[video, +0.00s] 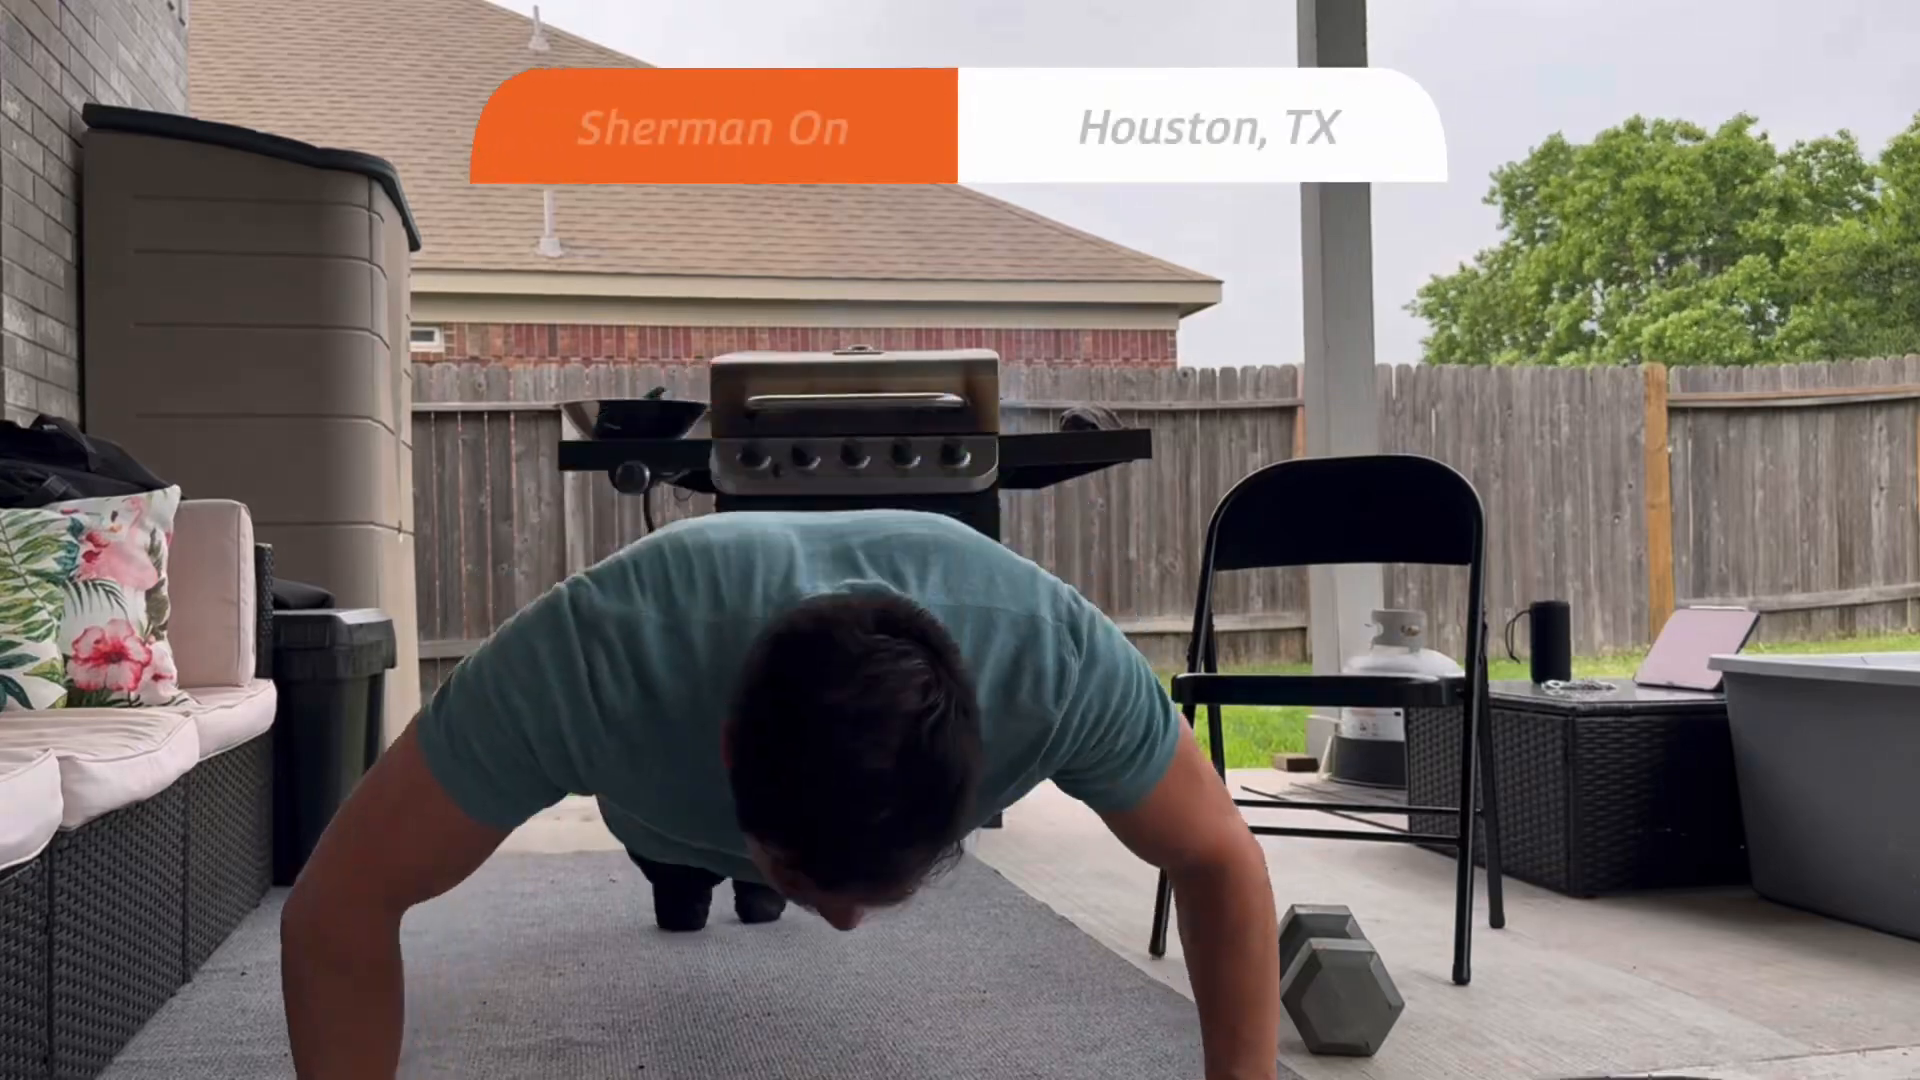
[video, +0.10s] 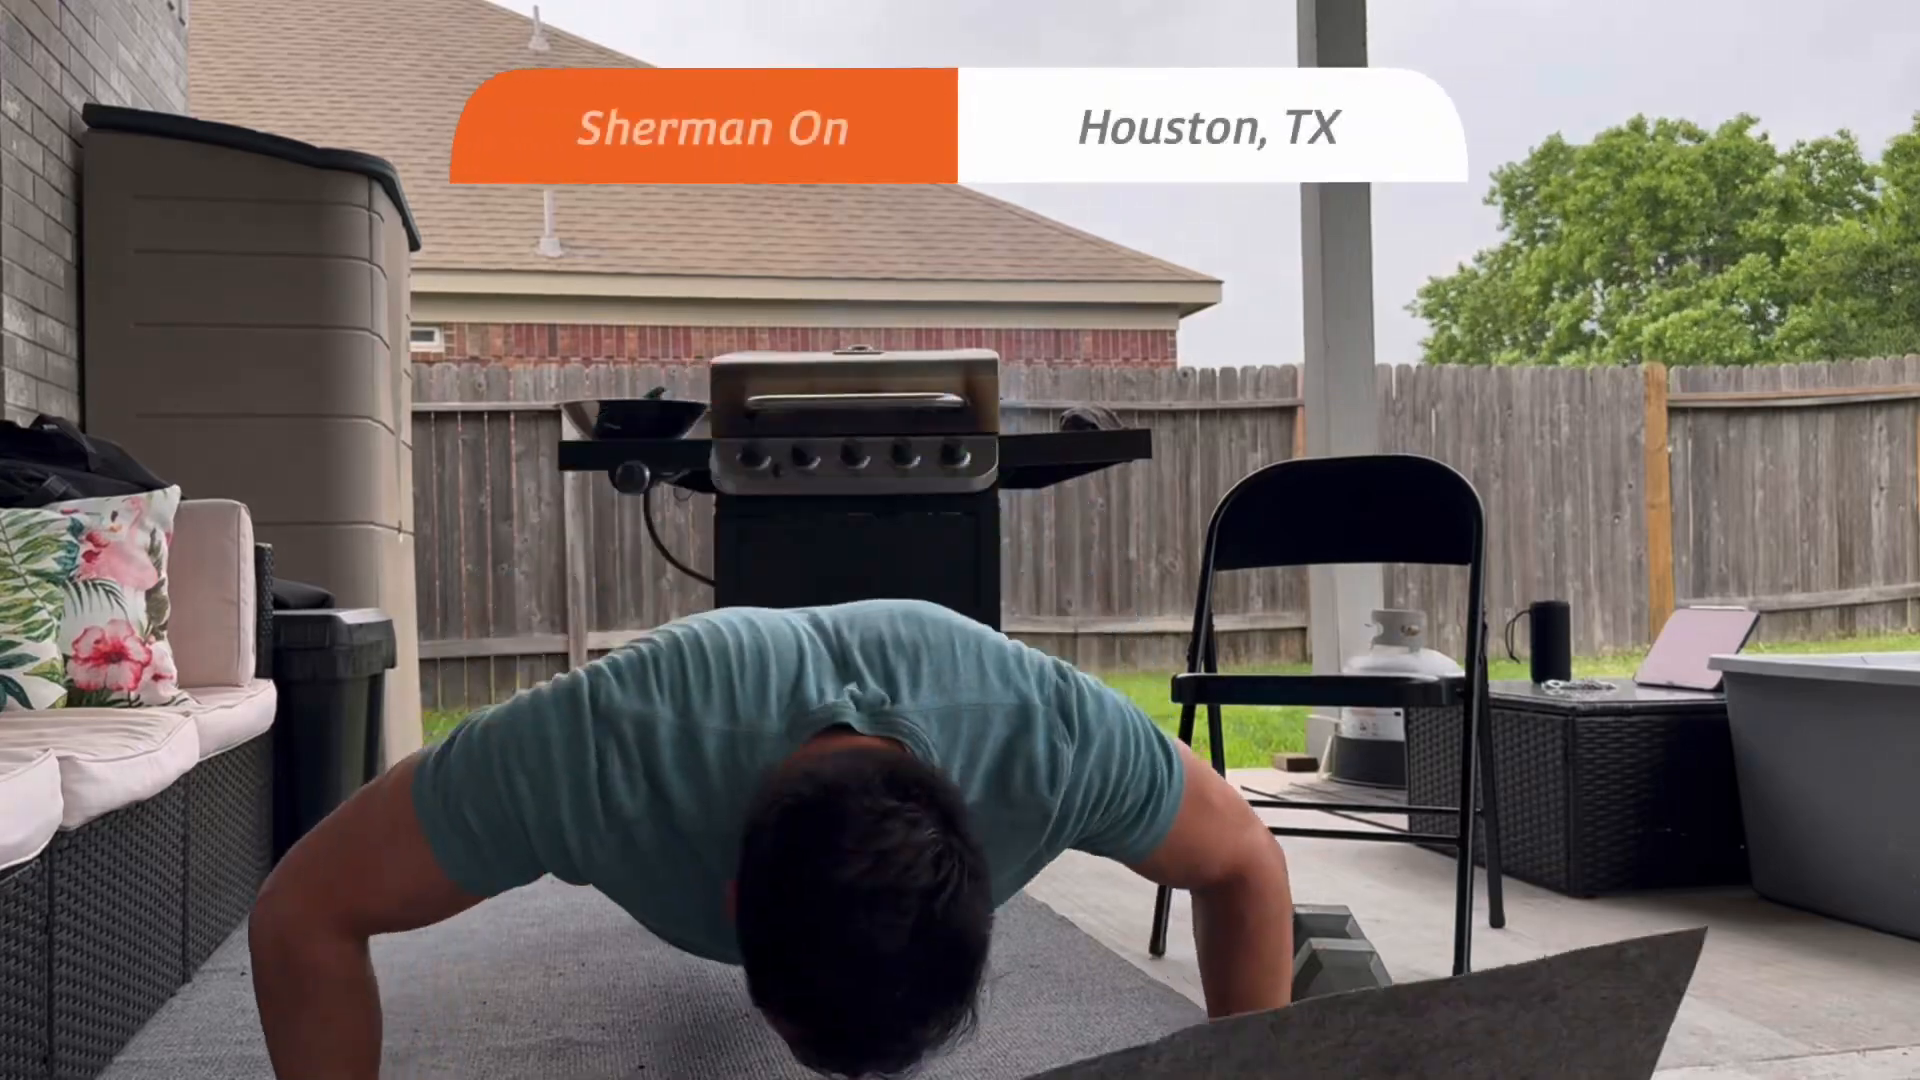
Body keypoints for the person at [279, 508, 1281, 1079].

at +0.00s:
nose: (846, 923)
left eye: (882, 902)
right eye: (816, 895)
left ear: (963, 794)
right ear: (738, 776)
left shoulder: (1055, 662)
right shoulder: (586, 664)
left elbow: (1222, 869)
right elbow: (340, 905)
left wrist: (1244, 1076)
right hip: (653, 785)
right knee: (665, 861)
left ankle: (751, 882)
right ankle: (680, 888)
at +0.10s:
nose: (839, 1057)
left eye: (889, 1042)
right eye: (809, 1033)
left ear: (980, 874)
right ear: (744, 886)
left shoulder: (1064, 755)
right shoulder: (594, 760)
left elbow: (1248, 869)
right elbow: (302, 915)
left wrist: (1252, 1073)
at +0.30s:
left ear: (951, 1016)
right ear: (761, 1022)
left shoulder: (1056, 860)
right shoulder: (606, 893)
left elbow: (1259, 866)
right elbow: (291, 923)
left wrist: (1261, 1065)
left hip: (901, 760)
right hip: (658, 780)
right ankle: (436, 806)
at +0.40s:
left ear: (945, 1029)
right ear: (766, 1038)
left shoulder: (1049, 886)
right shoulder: (613, 931)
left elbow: (1263, 864)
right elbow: (292, 921)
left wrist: (1257, 1068)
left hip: (891, 778)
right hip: (652, 803)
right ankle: (456, 818)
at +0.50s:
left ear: (945, 1031)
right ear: (767, 1036)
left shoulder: (1052, 882)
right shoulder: (620, 924)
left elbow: (1263, 865)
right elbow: (293, 923)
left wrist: (1256, 1066)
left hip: (895, 773)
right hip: (652, 799)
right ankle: (451, 816)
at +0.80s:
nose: (844, 897)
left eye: (882, 875)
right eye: (809, 872)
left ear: (959, 766)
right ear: (730, 758)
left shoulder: (1045, 638)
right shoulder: (585, 631)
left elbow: (1208, 857)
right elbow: (372, 903)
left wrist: (1240, 1070)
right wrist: (362, 1072)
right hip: (668, 802)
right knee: (690, 887)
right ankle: (671, 887)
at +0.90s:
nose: (829, 825)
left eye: (864, 807)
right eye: (795, 796)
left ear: (950, 714)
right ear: (720, 669)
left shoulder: (1026, 582)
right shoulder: (588, 576)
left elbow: (1172, 849)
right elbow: (390, 882)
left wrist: (1231, 1070)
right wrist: (365, 1070)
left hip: (839, 832)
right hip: (653, 799)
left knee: (792, 895)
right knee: (667, 887)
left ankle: (751, 896)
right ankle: (669, 895)